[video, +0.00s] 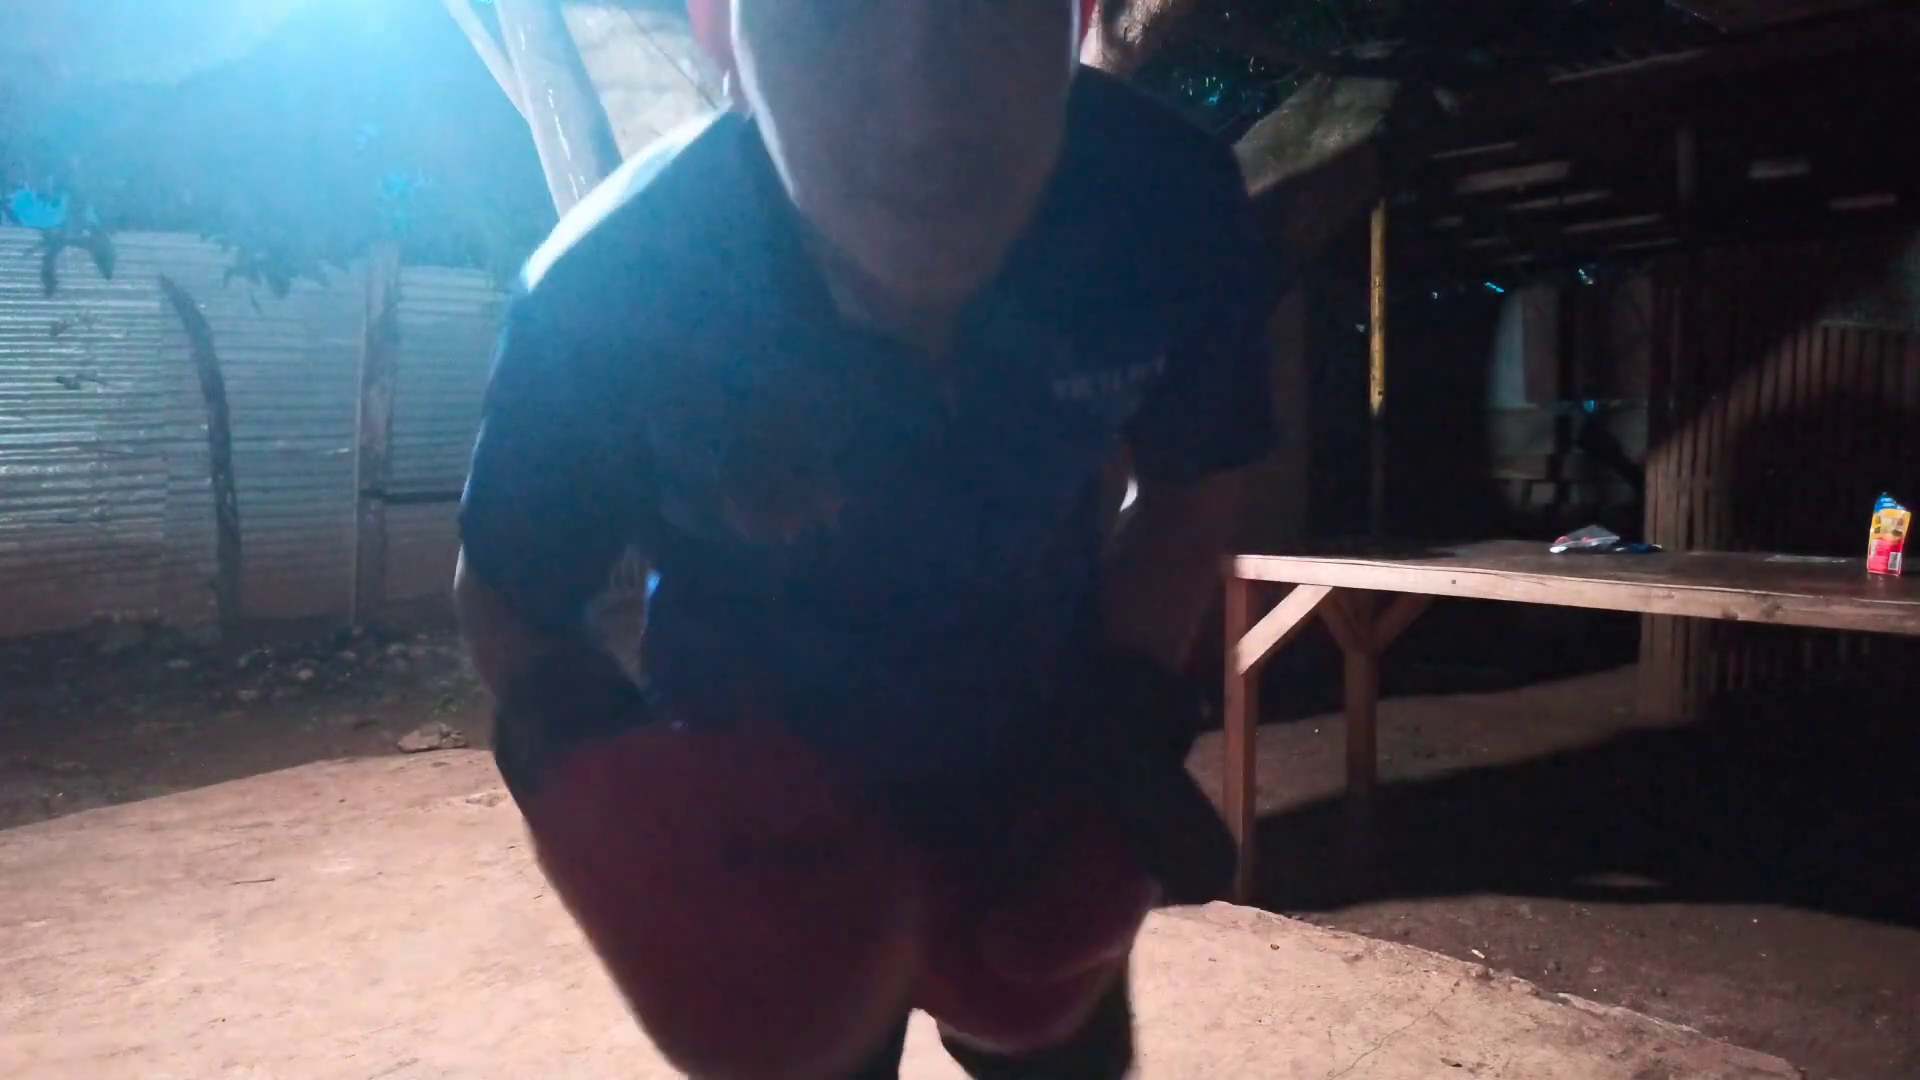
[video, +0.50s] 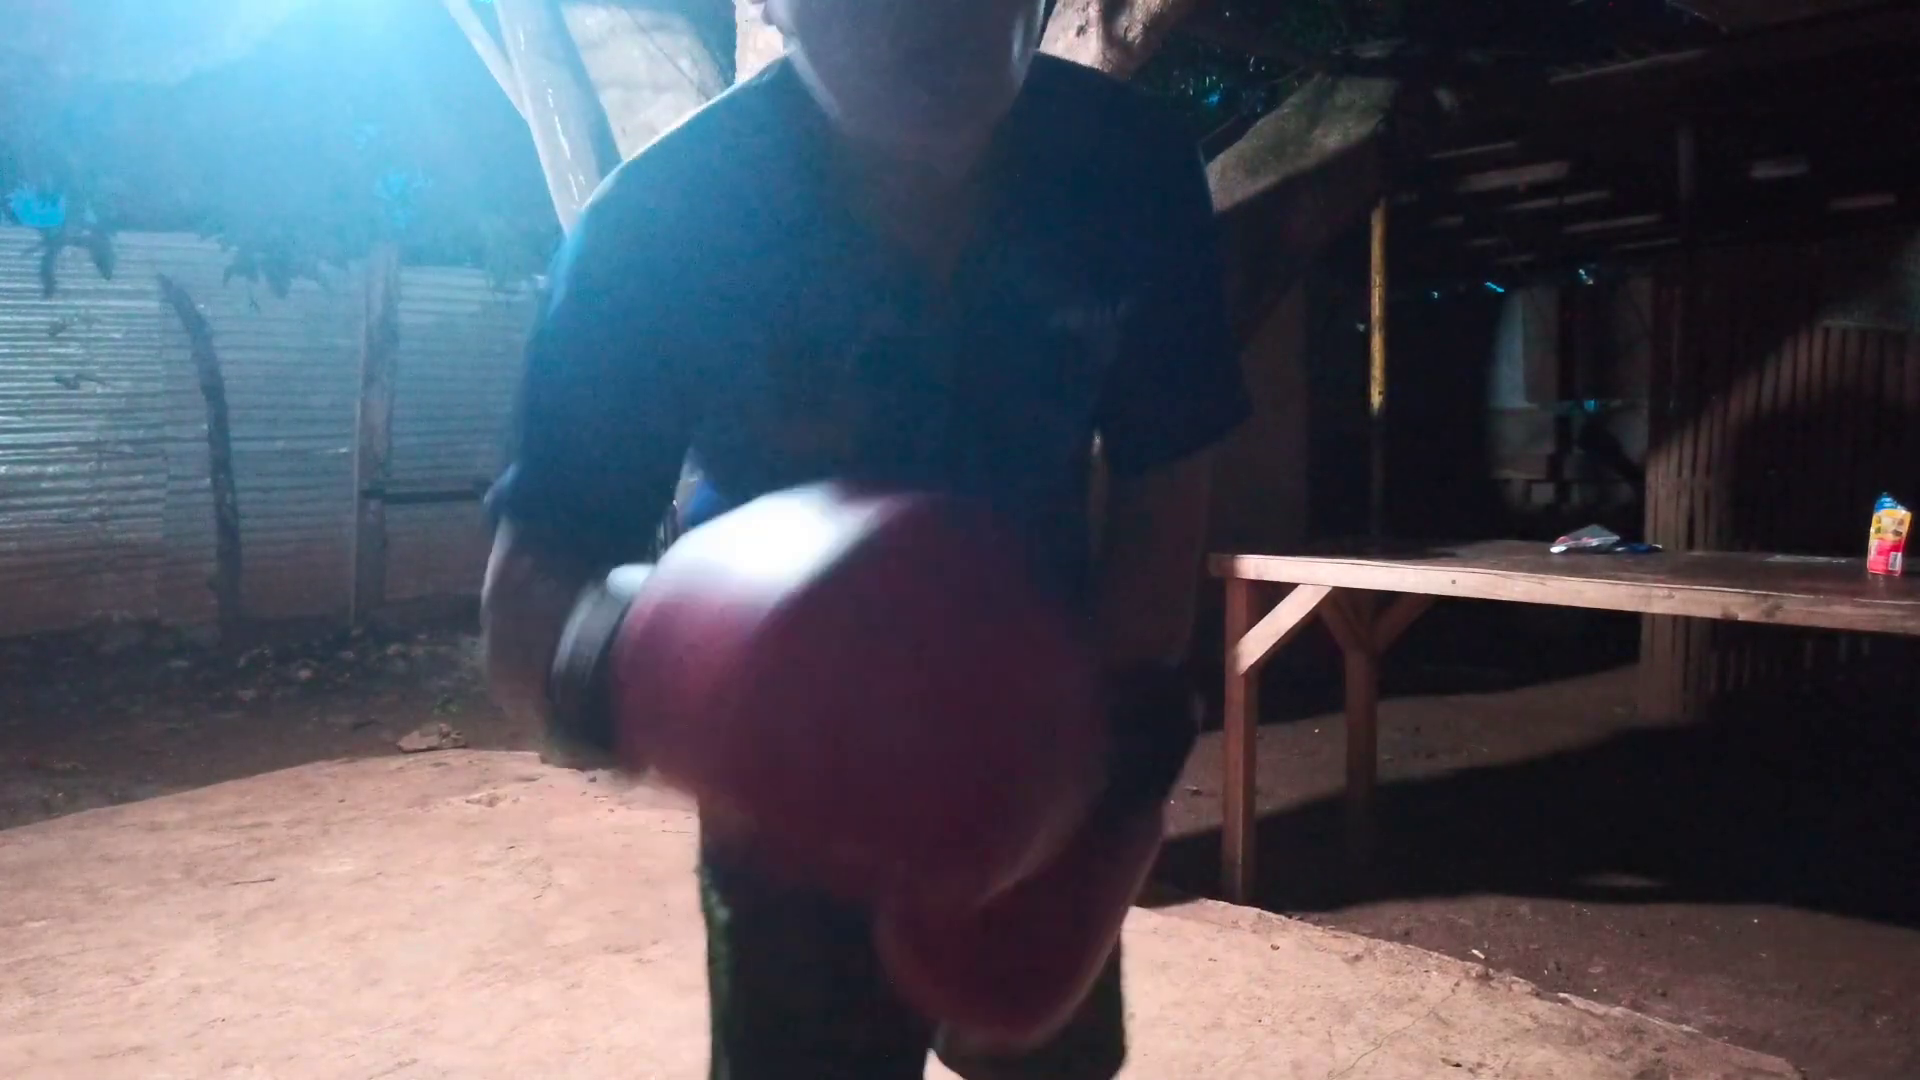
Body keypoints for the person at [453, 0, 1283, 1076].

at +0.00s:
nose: (922, 109)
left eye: (980, 34)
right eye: (844, 36)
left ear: (1078, 25)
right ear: (718, 32)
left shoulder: (1173, 206)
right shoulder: (604, 293)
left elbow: (1192, 493)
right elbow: (508, 592)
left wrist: (1097, 773)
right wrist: (640, 814)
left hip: (1040, 799)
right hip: (769, 818)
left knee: (1070, 1060)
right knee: (799, 1059)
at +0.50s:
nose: (939, 15)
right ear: (776, 6)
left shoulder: (1130, 162)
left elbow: (1164, 523)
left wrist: (1115, 816)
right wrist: (673, 667)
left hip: (1058, 761)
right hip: (802, 768)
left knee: (1058, 1057)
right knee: (796, 1061)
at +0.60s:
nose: (947, 16)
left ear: (1035, 4)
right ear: (803, 11)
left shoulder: (1123, 161)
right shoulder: (703, 185)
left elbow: (1176, 494)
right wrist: (750, 545)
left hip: (1065, 747)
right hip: (818, 760)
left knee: (1083, 1059)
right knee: (815, 1060)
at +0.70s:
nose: (966, 31)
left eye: (997, 9)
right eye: (916, 9)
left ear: (1048, 17)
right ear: (819, 16)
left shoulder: (1126, 170)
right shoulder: (747, 183)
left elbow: (1193, 489)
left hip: (1097, 708)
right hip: (864, 714)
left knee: (1117, 1055)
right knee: (836, 1058)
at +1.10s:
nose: (1055, 91)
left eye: (1091, 56)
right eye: (1021, 56)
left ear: (1144, 64)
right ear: (965, 59)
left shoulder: (1197, 237)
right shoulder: (895, 220)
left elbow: (1233, 498)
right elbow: (784, 452)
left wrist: (1264, 680)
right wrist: (867, 481)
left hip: (1140, 713)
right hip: (943, 719)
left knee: (1138, 1043)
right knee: (937, 1055)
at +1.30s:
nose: (1071, 77)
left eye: (1104, 44)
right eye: (1037, 38)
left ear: (1138, 51)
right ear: (960, 30)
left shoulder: (1179, 218)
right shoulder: (868, 210)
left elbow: (1236, 436)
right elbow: (802, 402)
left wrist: (1216, 569)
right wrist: (819, 478)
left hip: (1118, 686)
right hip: (930, 689)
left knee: (1107, 1027)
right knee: (934, 1041)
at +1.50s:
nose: (974, 44)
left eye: (1004, 18)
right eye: (943, 19)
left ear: (1049, 32)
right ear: (880, 33)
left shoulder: (1123, 199)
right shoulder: (829, 215)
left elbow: (1182, 421)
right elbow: (773, 460)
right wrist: (756, 411)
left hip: (1087, 685)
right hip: (889, 695)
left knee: (1074, 1022)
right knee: (877, 1036)